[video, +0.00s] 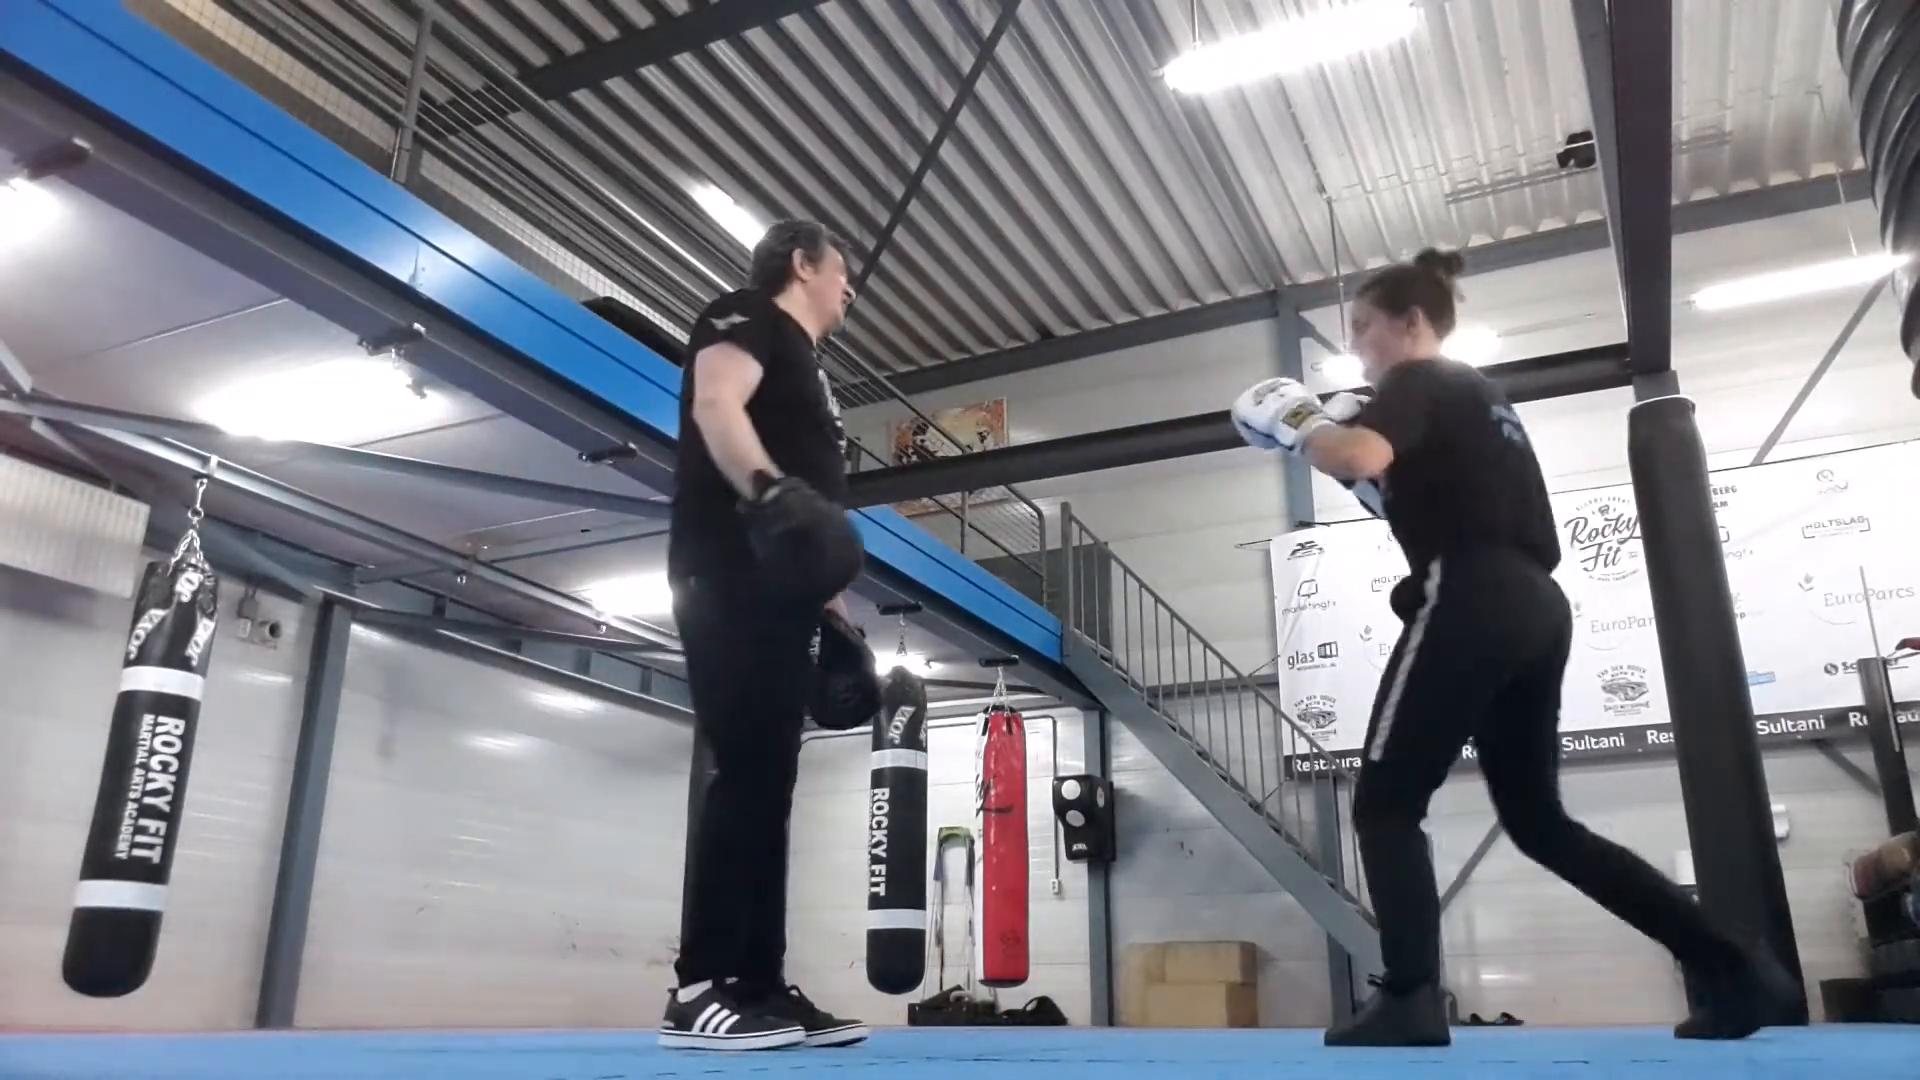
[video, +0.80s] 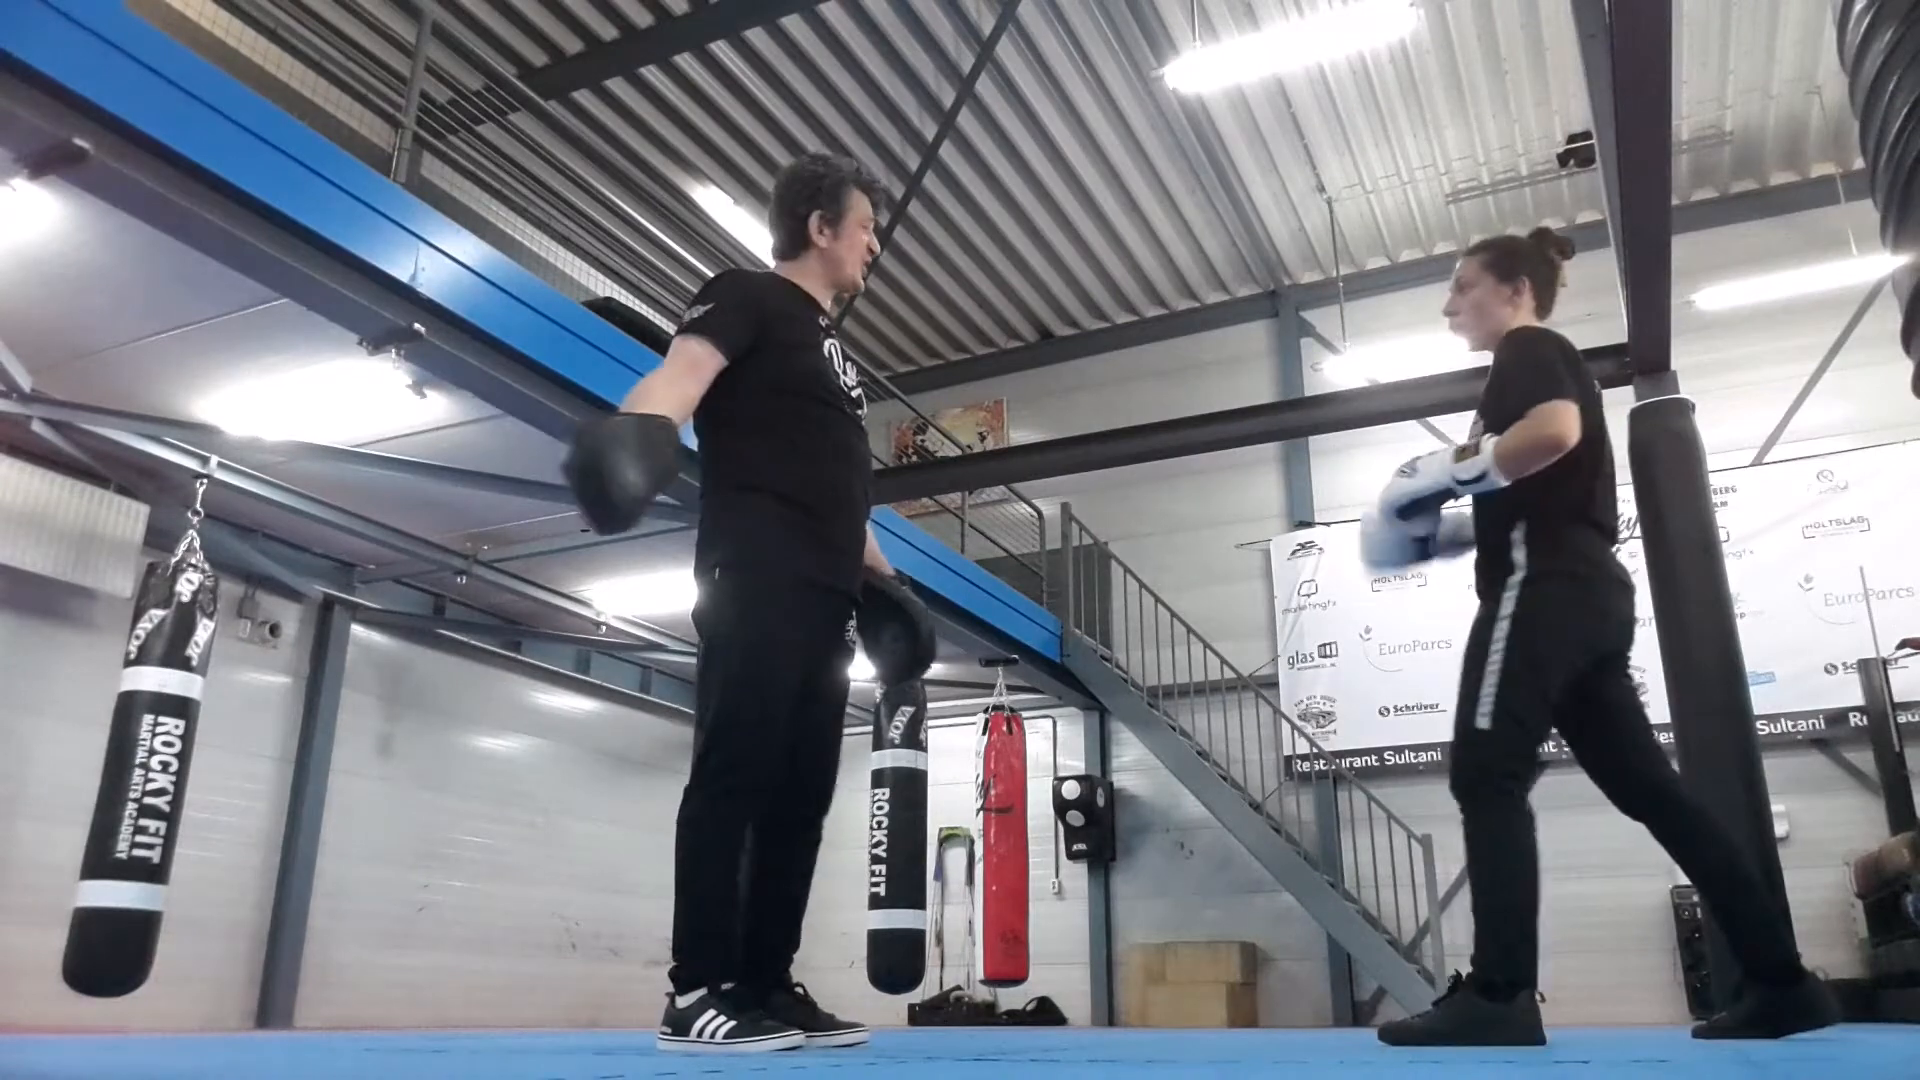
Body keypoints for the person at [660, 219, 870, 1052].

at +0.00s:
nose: (850, 291)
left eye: (851, 280)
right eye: (843, 274)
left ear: (802, 272)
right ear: (802, 265)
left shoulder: (792, 355)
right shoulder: (755, 317)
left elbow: (793, 503)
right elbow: (713, 402)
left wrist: (830, 611)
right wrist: (772, 494)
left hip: (767, 588)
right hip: (733, 578)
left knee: (759, 780)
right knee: (749, 778)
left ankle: (752, 989)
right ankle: (716, 992)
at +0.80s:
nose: (874, 250)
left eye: (876, 235)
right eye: (866, 230)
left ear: (825, 234)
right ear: (819, 226)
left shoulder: (828, 349)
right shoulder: (753, 294)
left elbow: (834, 495)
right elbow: (682, 373)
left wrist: (883, 584)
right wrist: (632, 442)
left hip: (825, 585)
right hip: (757, 568)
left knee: (800, 790)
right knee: (732, 776)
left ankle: (768, 988)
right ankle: (701, 994)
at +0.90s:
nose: (879, 247)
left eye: (879, 231)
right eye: (872, 228)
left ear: (832, 232)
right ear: (829, 226)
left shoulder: (830, 348)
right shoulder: (759, 293)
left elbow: (826, 493)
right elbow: (681, 370)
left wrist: (869, 588)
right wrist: (616, 440)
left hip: (823, 584)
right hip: (758, 567)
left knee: (824, 770)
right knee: (734, 765)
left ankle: (770, 984)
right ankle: (699, 993)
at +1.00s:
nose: (882, 246)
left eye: (882, 230)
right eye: (876, 228)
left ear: (832, 230)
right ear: (841, 226)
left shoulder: (828, 338)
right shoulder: (770, 293)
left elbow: (818, 475)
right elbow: (689, 368)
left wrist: (852, 592)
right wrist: (608, 443)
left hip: (820, 586)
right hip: (759, 571)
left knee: (840, 762)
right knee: (736, 763)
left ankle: (793, 982)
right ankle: (701, 992)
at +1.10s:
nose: (889, 251)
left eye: (888, 234)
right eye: (885, 233)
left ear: (823, 231)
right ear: (854, 232)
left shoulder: (820, 332)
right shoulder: (784, 295)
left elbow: (806, 464)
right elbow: (707, 362)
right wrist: (631, 439)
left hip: (818, 595)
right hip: (768, 583)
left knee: (842, 776)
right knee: (737, 776)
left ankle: (839, 988)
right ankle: (700, 995)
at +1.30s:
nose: (892, 269)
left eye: (889, 253)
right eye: (891, 253)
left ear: (812, 251)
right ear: (873, 251)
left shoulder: (817, 327)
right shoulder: (823, 317)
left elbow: (805, 449)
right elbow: (791, 431)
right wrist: (756, 523)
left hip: (818, 599)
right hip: (797, 594)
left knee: (849, 778)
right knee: (767, 774)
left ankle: (854, 994)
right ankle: (703, 996)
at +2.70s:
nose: (975, 315)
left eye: (976, 301)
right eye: (972, 298)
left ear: (918, 287)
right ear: (938, 285)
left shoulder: (887, 345)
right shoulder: (909, 334)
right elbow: (903, 414)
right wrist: (918, 512)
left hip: (881, 579)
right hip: (897, 579)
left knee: (874, 777)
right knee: (914, 759)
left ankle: (848, 978)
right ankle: (860, 981)